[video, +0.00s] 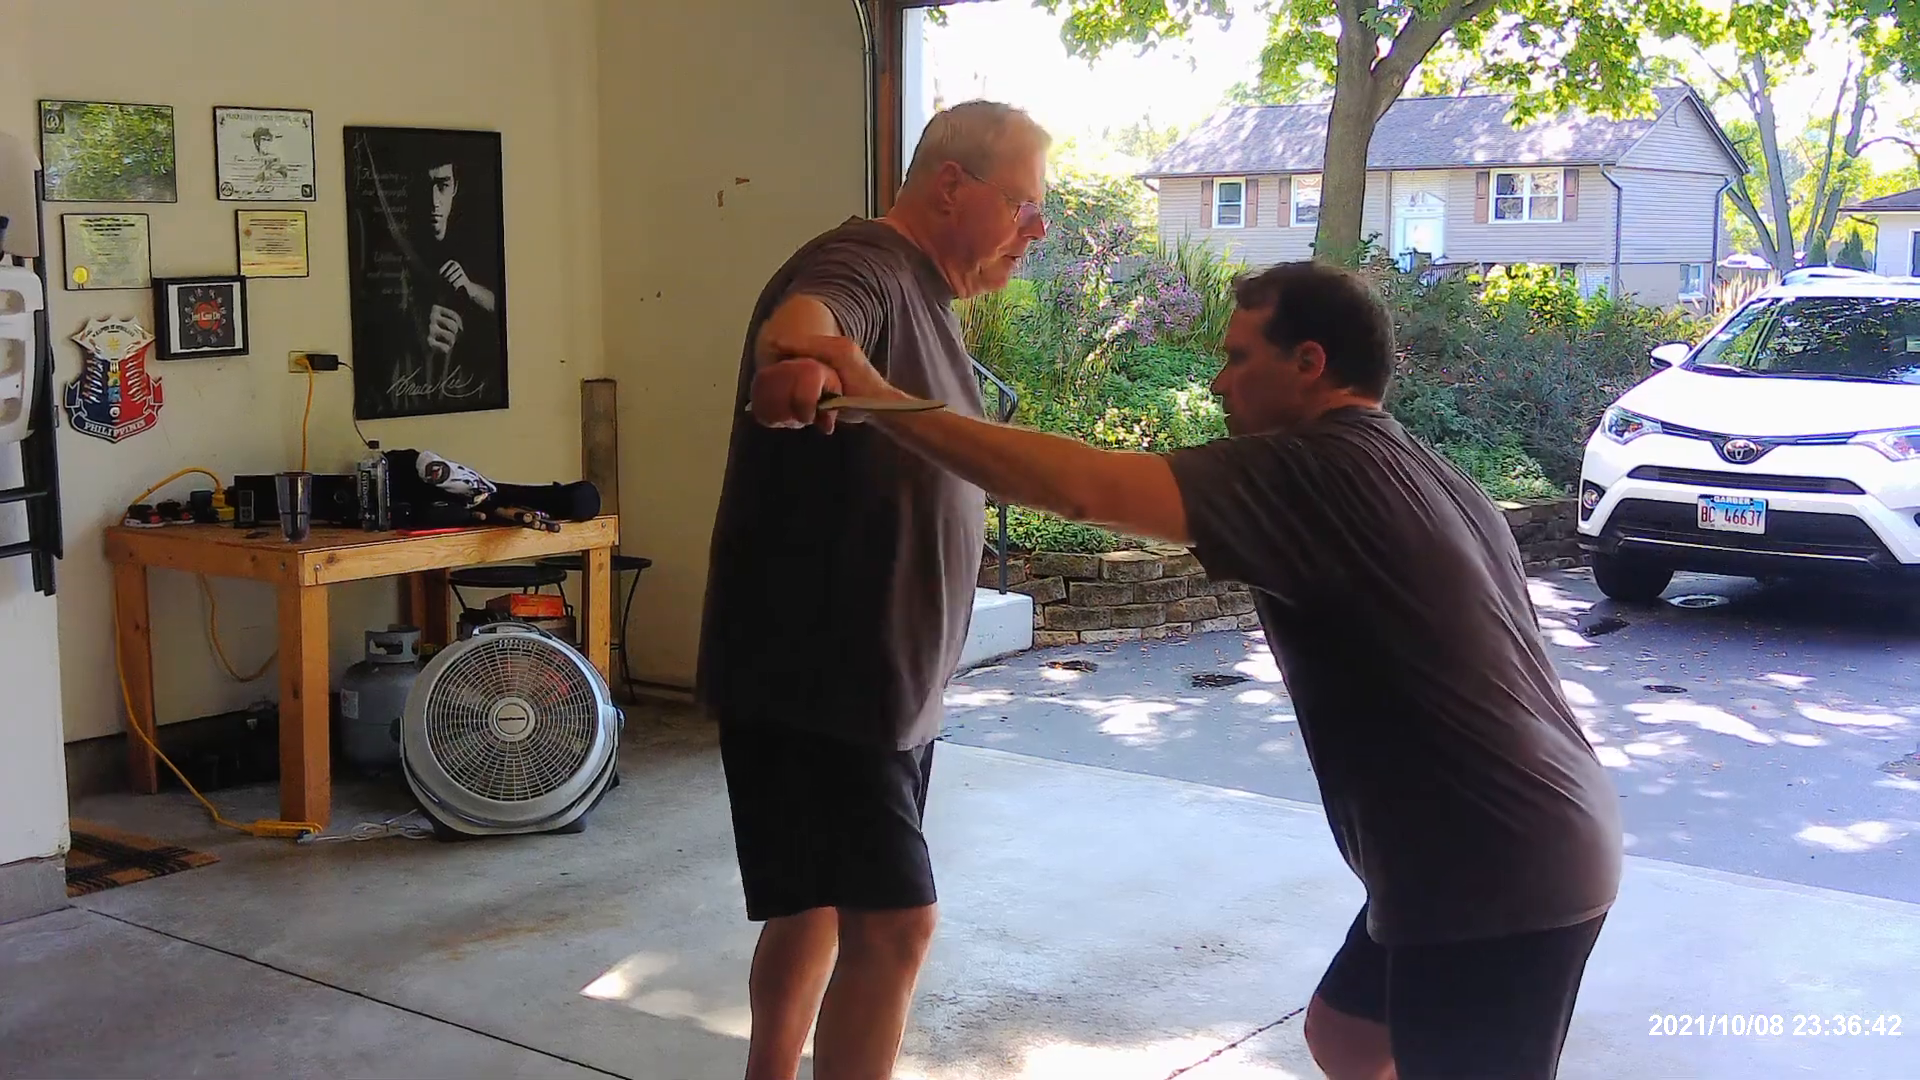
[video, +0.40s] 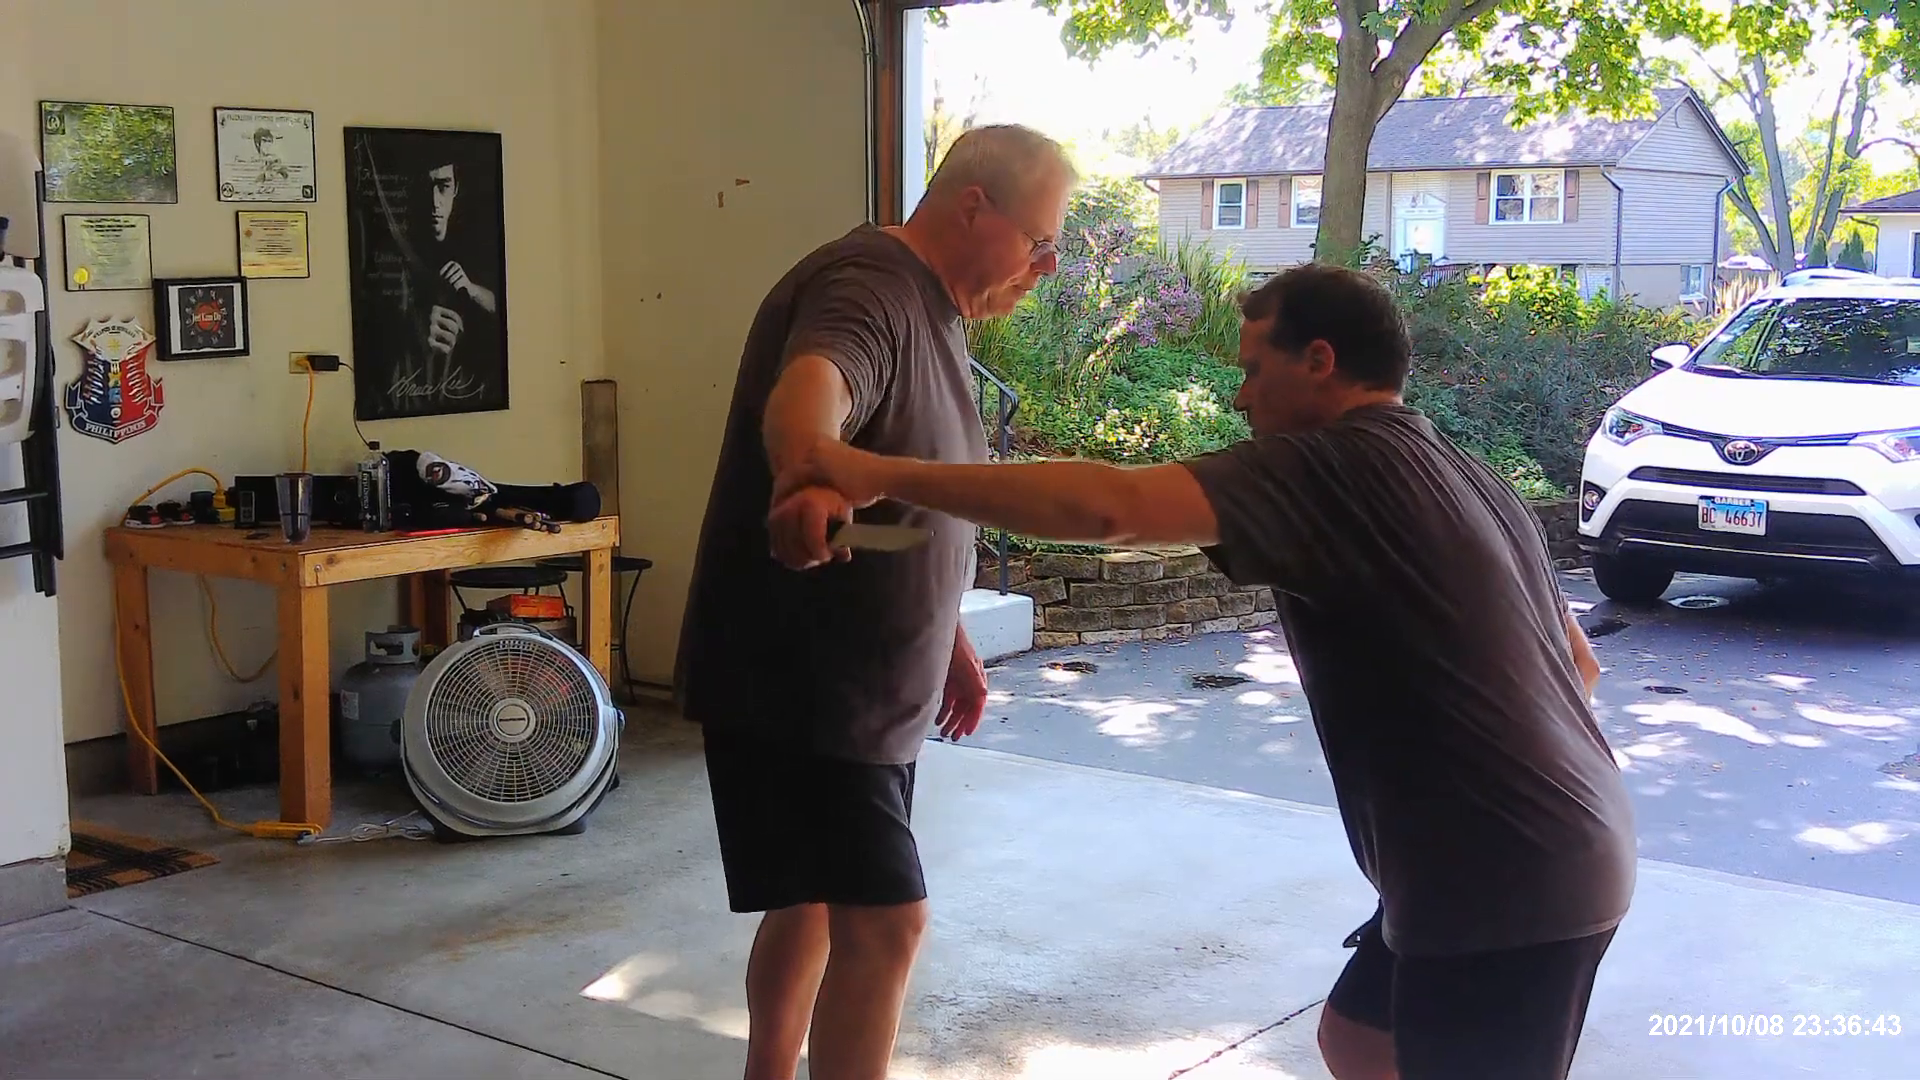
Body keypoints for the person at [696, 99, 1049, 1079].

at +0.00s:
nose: (1035, 233)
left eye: (1040, 211)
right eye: (1026, 205)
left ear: (953, 193)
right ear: (952, 186)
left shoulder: (923, 302)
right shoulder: (861, 262)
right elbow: (802, 314)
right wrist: (797, 359)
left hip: (881, 679)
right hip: (813, 681)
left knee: (807, 911)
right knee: (895, 924)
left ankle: (771, 1070)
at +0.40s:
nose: (1042, 269)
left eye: (1050, 251)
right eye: (1038, 243)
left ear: (972, 214)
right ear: (971, 209)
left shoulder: (926, 313)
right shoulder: (870, 284)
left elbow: (898, 498)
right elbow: (808, 386)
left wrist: (945, 635)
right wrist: (806, 468)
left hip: (858, 682)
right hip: (803, 686)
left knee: (807, 904)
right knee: (885, 925)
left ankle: (771, 1069)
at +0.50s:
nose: (1046, 275)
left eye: (1053, 256)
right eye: (1042, 248)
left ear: (974, 219)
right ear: (976, 216)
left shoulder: (923, 315)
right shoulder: (878, 297)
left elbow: (893, 490)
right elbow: (814, 422)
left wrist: (945, 623)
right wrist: (823, 551)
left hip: (846, 672)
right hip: (799, 677)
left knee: (805, 901)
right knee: (883, 921)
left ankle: (771, 1067)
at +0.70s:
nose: (1047, 291)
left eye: (1055, 272)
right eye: (1044, 264)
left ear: (973, 228)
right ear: (978, 228)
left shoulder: (907, 309)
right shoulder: (886, 321)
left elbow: (895, 498)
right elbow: (837, 507)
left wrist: (950, 612)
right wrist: (882, 697)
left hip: (795, 656)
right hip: (788, 668)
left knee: (806, 888)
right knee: (882, 918)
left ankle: (771, 1067)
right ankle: (839, 1067)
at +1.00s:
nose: (1036, 297)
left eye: (1044, 279)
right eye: (1033, 272)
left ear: (958, 237)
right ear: (967, 238)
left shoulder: (860, 297)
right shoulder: (885, 339)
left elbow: (892, 525)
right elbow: (898, 574)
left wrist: (943, 595)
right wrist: (1016, 737)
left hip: (751, 655)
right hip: (773, 675)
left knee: (795, 889)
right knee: (862, 914)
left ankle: (770, 1069)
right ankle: (825, 1071)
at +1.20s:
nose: (1027, 297)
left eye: (1035, 277)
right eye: (1023, 271)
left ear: (948, 242)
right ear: (957, 241)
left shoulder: (840, 295)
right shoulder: (887, 342)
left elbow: (813, 470)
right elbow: (954, 578)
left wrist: (894, 590)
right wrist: (1099, 654)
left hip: (747, 646)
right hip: (765, 668)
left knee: (795, 889)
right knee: (850, 908)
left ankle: (770, 1068)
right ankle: (822, 1076)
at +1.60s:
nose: (1022, 311)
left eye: (1030, 293)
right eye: (1020, 286)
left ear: (950, 253)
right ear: (956, 250)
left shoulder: (870, 305)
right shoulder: (878, 336)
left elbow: (811, 480)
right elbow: (953, 566)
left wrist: (862, 610)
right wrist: (1110, 560)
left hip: (798, 641)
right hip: (727, 645)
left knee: (818, 859)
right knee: (768, 888)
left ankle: (768, 1072)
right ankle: (678, 1075)